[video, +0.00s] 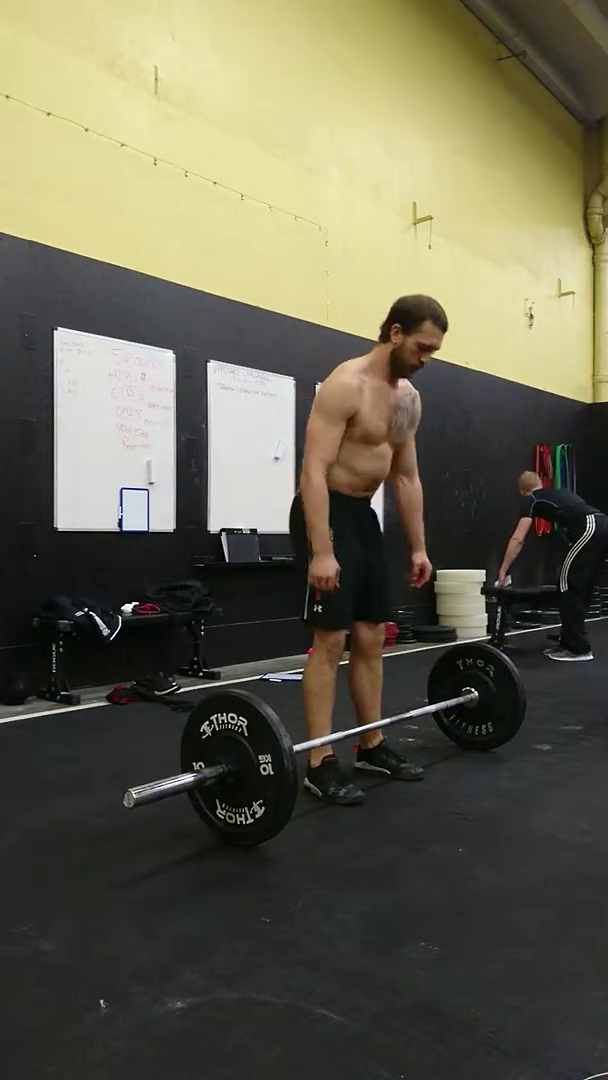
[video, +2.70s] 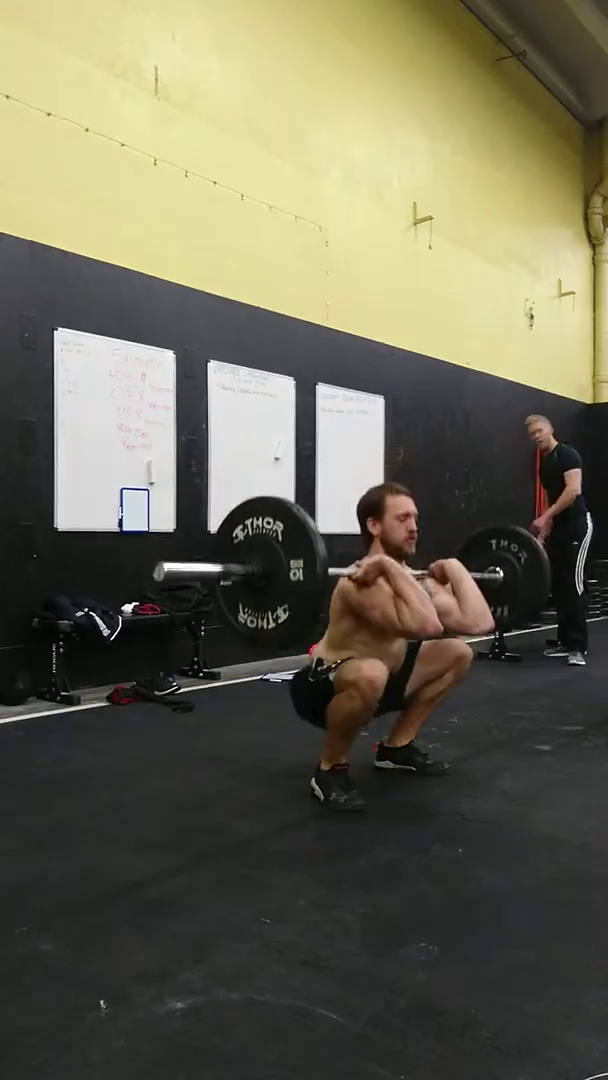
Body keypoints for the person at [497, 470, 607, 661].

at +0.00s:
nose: (524, 496)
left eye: (523, 493)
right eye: (523, 494)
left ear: (524, 491)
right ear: (540, 484)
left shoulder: (532, 500)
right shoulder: (556, 494)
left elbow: (518, 539)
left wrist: (503, 571)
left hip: (590, 528)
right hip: (600, 524)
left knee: (568, 583)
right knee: (580, 585)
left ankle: (577, 648)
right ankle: (570, 642)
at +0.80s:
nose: (508, 505)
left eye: (508, 500)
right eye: (506, 502)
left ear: (519, 493)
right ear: (522, 492)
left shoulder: (530, 504)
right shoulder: (541, 499)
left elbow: (520, 546)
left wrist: (504, 578)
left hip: (590, 527)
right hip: (599, 525)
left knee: (569, 585)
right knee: (580, 586)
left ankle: (578, 648)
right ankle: (569, 642)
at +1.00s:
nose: (506, 483)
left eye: (507, 477)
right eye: (503, 481)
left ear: (521, 470)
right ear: (522, 473)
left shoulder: (533, 487)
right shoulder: (541, 486)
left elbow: (540, 529)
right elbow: (567, 526)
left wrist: (525, 559)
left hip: (593, 525)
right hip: (590, 525)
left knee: (574, 582)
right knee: (572, 582)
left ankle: (578, 647)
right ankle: (570, 641)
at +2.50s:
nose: (517, 456)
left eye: (517, 450)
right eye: (514, 453)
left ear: (529, 443)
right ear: (525, 447)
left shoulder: (552, 459)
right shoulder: (540, 466)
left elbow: (559, 496)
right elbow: (552, 506)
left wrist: (539, 526)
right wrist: (549, 538)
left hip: (579, 524)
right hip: (564, 528)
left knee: (571, 582)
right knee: (560, 583)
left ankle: (582, 646)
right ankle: (566, 641)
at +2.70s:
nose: (536, 437)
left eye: (539, 431)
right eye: (533, 435)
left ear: (550, 429)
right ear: (532, 438)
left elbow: (573, 490)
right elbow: (550, 497)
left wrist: (546, 515)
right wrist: (545, 527)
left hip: (577, 522)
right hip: (558, 524)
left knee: (573, 582)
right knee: (559, 583)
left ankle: (578, 647)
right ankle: (565, 639)